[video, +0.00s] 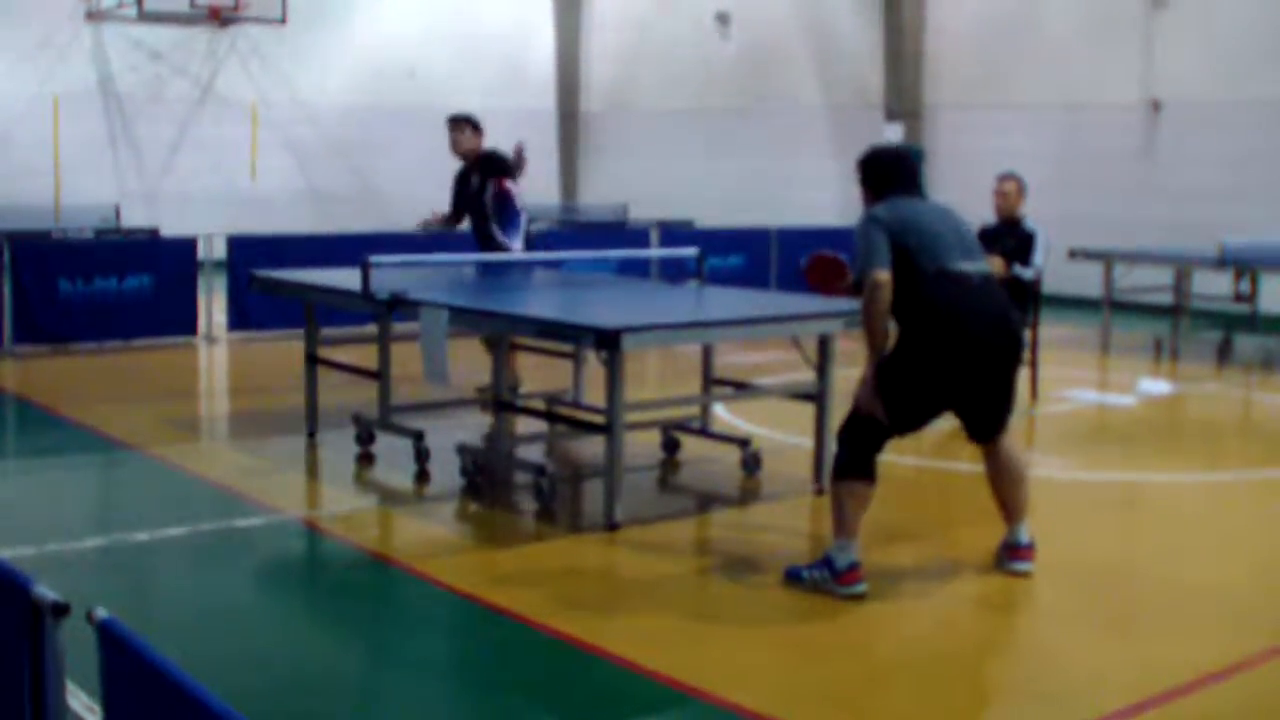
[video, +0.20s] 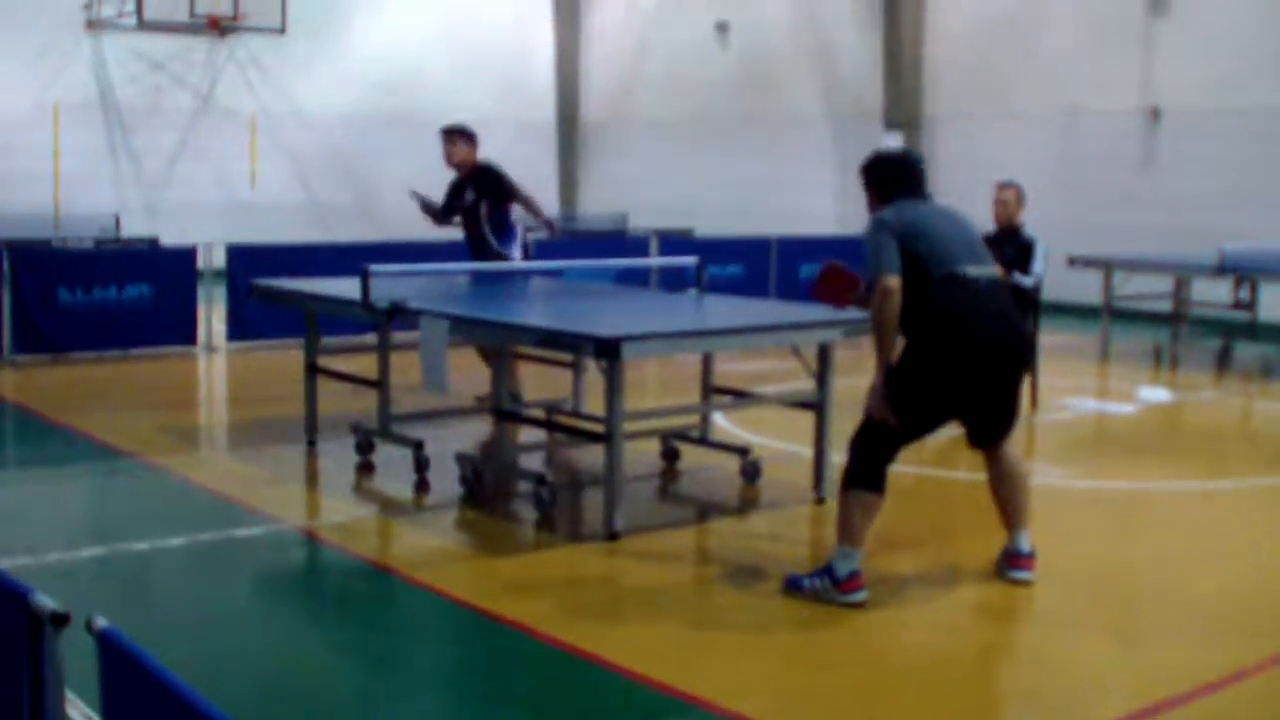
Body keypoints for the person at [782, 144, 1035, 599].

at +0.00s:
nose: (862, 195)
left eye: (863, 187)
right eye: (864, 188)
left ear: (871, 187)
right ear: (916, 181)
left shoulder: (877, 219)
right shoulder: (946, 216)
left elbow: (878, 283)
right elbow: (989, 270)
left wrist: (874, 363)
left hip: (934, 342)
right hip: (996, 340)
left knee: (859, 438)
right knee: (994, 435)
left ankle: (843, 557)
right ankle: (1020, 538)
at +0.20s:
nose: (868, 201)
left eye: (868, 193)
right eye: (868, 193)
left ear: (877, 191)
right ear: (920, 185)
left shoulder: (886, 223)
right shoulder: (955, 220)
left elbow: (889, 287)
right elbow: (996, 279)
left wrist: (883, 370)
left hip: (942, 351)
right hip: (1001, 349)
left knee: (871, 447)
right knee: (996, 442)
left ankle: (844, 567)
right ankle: (1021, 547)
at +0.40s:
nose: (908, 196)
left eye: (910, 185)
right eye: (908, 185)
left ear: (923, 185)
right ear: (969, 177)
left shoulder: (937, 222)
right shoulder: (1011, 213)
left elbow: (951, 299)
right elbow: (1016, 300)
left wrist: (941, 393)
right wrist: (921, 310)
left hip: (1010, 361)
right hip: (1076, 357)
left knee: (927, 478)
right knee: (1061, 481)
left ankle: (889, 623)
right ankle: (1088, 607)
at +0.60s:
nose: (901, 189)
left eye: (902, 178)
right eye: (901, 177)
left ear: (916, 178)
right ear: (962, 171)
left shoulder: (929, 216)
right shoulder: (1006, 207)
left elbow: (943, 297)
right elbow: (1009, 303)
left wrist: (928, 399)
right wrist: (921, 312)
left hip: (999, 364)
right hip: (1065, 361)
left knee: (917, 488)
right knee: (1058, 483)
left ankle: (903, 640)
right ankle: (1093, 619)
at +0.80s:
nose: (879, 184)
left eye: (879, 173)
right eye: (879, 173)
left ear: (892, 173)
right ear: (939, 165)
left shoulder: (904, 213)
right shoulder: (986, 203)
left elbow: (900, 296)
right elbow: (1022, 288)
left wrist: (886, 388)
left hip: (973, 362)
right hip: (1041, 355)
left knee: (894, 492)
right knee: (1008, 463)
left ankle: (899, 642)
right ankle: (1041, 587)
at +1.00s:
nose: (892, 210)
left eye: (891, 199)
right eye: (889, 199)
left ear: (906, 192)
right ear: (946, 179)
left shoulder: (927, 225)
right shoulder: (1003, 217)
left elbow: (913, 301)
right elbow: (1039, 292)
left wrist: (875, 391)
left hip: (975, 386)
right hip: (1038, 384)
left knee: (892, 498)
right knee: (988, 472)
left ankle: (897, 639)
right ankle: (1011, 588)